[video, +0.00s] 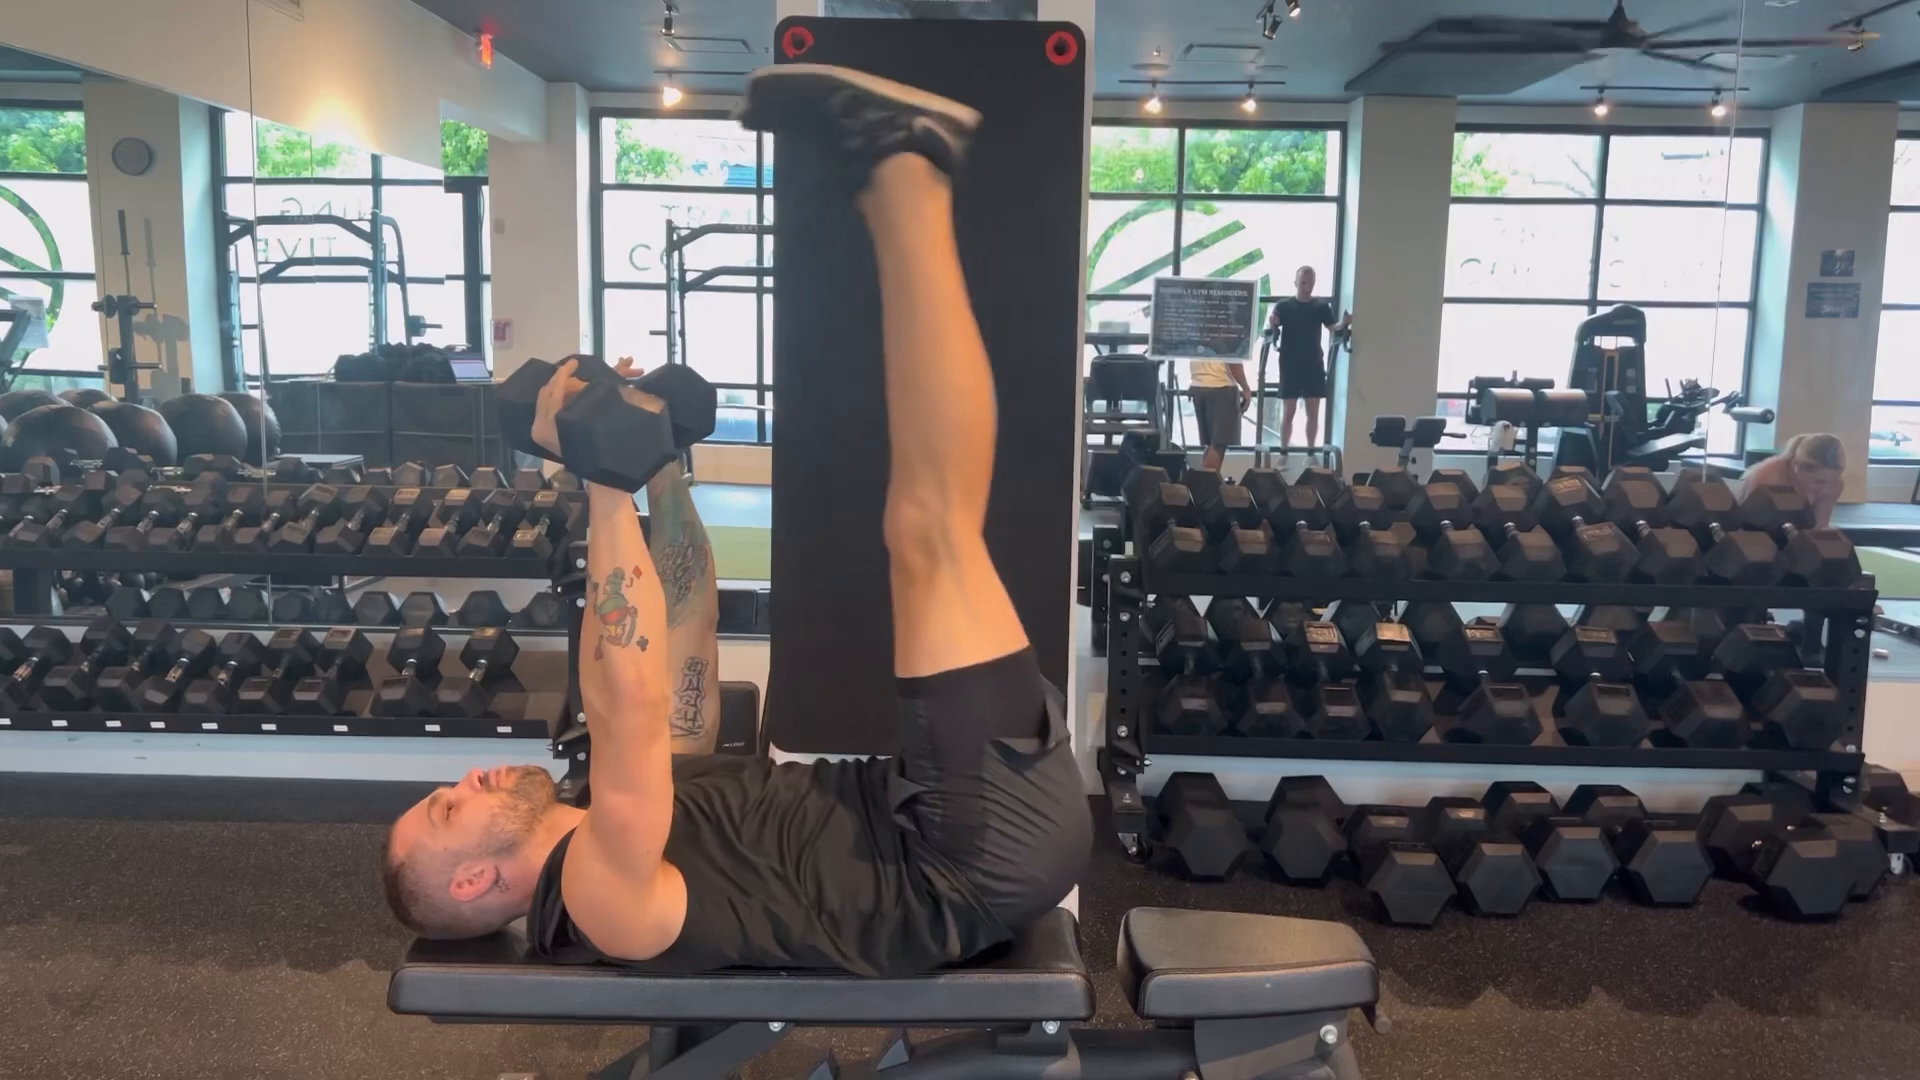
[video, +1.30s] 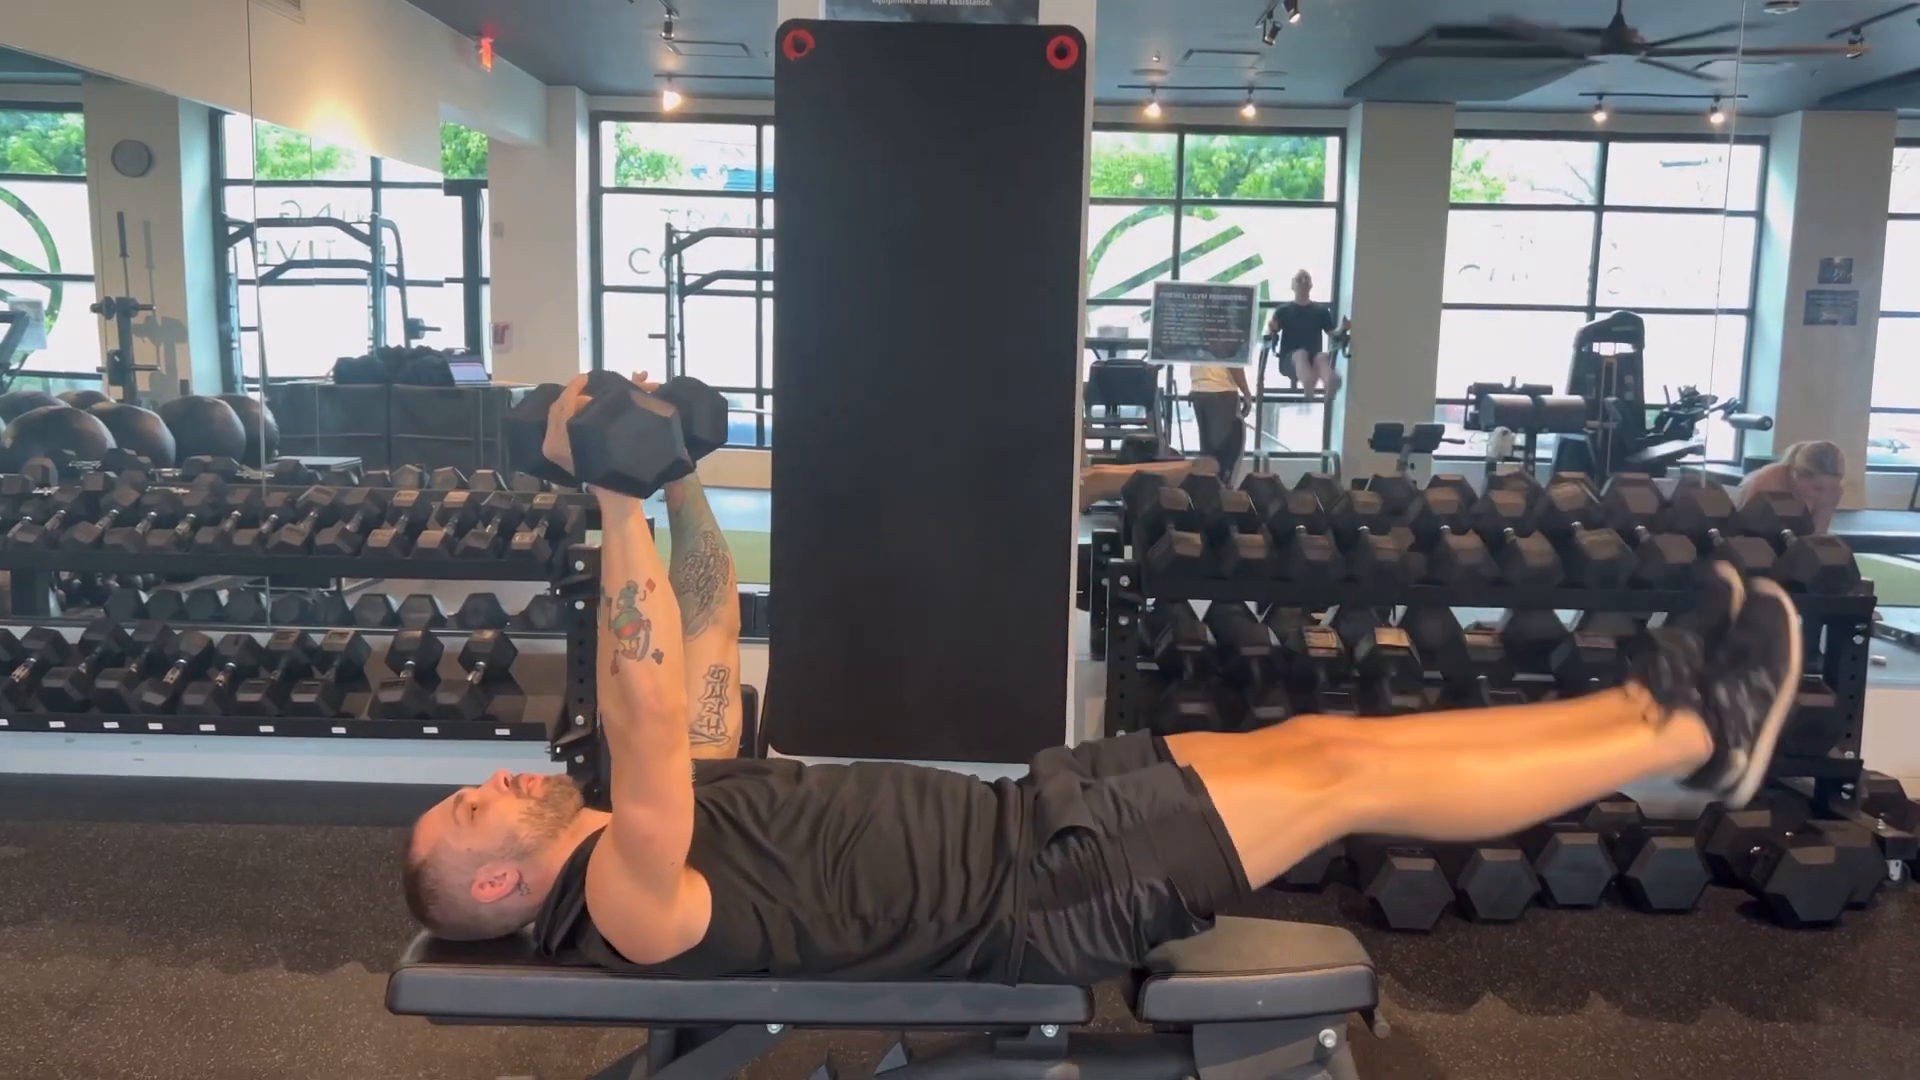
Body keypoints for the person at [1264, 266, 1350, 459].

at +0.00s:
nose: (1306, 287)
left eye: (1309, 283)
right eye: (1303, 283)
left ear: (1314, 284)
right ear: (1296, 282)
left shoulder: (1321, 306)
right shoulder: (1284, 306)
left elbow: (1333, 328)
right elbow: (1271, 334)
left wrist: (1344, 323)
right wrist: (1272, 323)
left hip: (1313, 363)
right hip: (1289, 363)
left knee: (1312, 412)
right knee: (1289, 412)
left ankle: (1311, 452)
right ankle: (1283, 451)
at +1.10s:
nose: (1303, 291)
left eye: (1306, 287)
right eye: (1300, 287)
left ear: (1310, 289)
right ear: (1293, 289)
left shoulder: (1319, 312)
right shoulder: (1284, 313)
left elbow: (1332, 335)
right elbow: (1270, 336)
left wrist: (1343, 330)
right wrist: (1271, 331)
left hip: (1313, 364)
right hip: (1290, 364)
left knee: (1311, 408)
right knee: (1296, 406)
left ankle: (1311, 452)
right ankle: (1293, 450)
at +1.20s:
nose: (1303, 288)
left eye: (1306, 284)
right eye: (1299, 284)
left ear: (1310, 287)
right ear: (1293, 288)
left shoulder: (1320, 311)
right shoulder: (1284, 312)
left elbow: (1332, 334)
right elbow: (1271, 332)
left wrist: (1343, 328)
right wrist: (1271, 329)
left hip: (1314, 358)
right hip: (1291, 357)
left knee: (1319, 393)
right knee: (1299, 381)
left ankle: (1323, 435)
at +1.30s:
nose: (1303, 285)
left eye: (1306, 282)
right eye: (1299, 282)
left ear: (1310, 286)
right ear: (1292, 286)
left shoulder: (1320, 310)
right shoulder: (1283, 311)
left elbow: (1332, 334)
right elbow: (1272, 336)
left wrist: (1342, 329)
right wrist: (1272, 329)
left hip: (1314, 358)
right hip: (1289, 359)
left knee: (1323, 357)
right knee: (1301, 353)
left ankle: (1330, 391)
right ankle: (1309, 396)